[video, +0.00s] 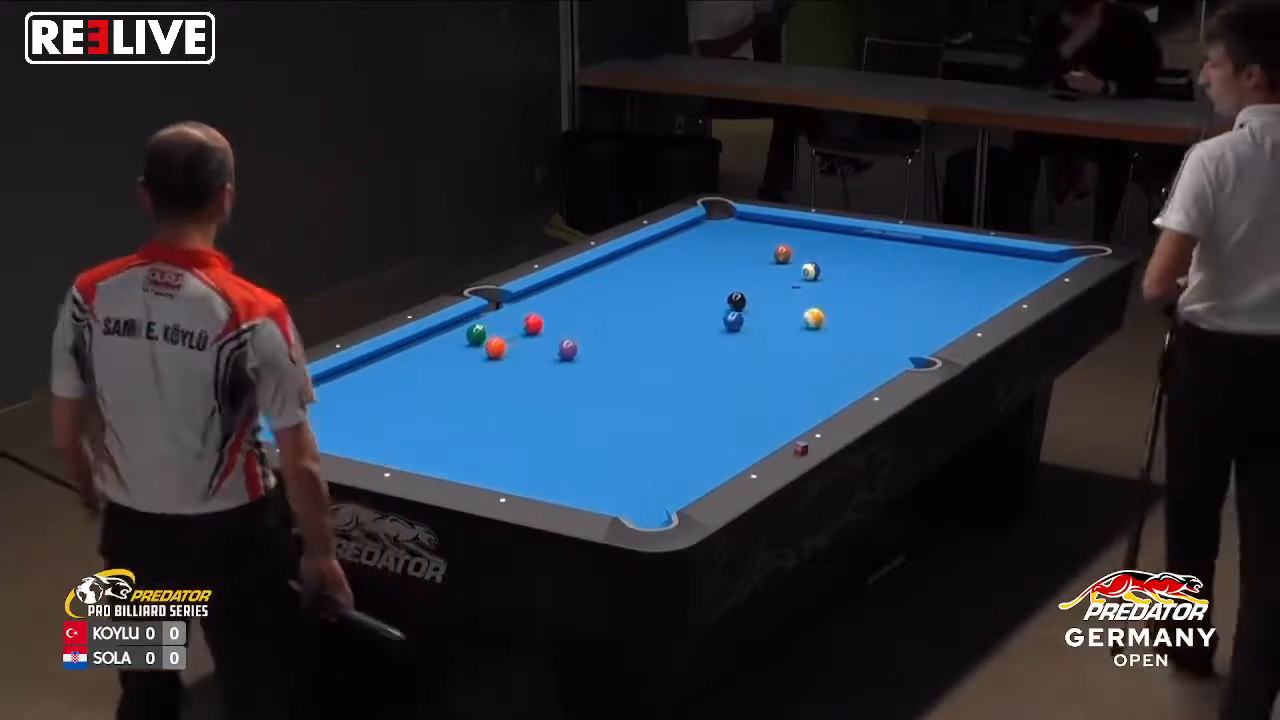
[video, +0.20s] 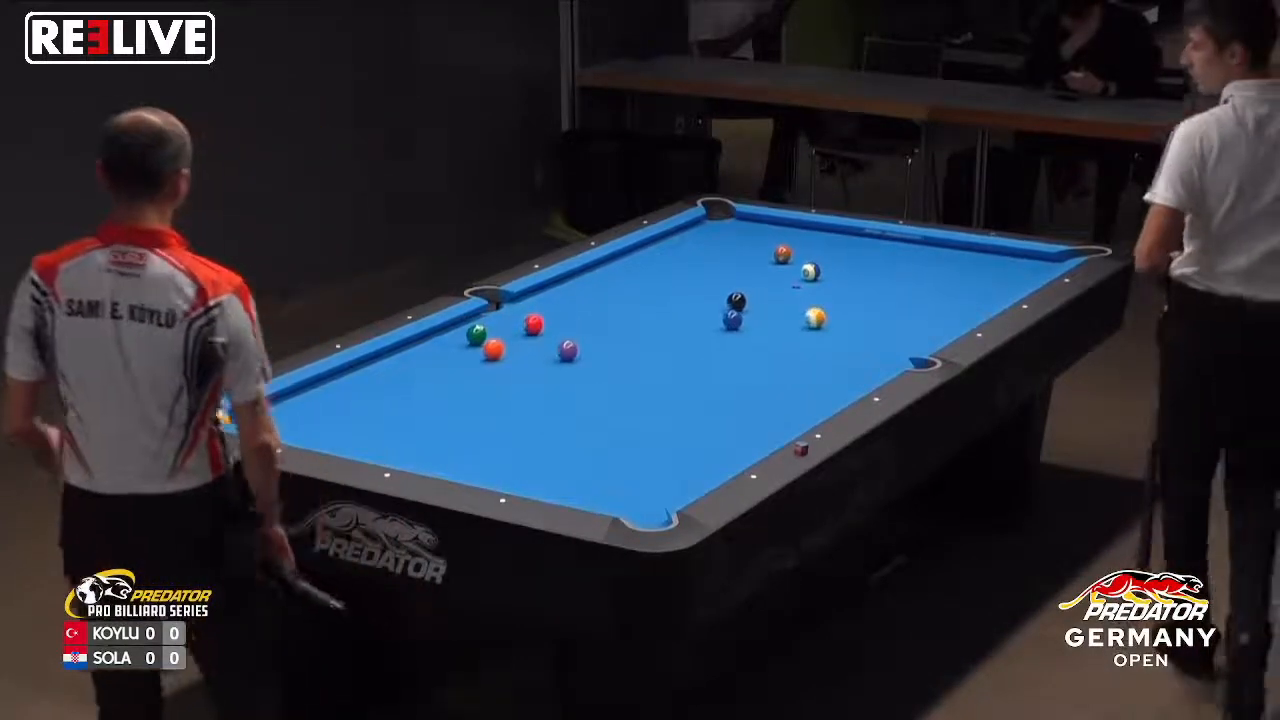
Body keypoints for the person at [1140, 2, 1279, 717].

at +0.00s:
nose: (1204, 78)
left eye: (1212, 65)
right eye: (1206, 64)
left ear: (1247, 71)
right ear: (1267, 71)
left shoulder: (1214, 159)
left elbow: (1159, 280)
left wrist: (1178, 295)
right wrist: (1185, 284)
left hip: (1215, 354)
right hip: (1277, 353)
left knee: (1194, 500)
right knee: (1273, 520)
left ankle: (1191, 648)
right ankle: (1261, 681)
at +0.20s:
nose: (1188, 58)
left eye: (1196, 47)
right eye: (1189, 45)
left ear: (1236, 53)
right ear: (1251, 53)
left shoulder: (1200, 134)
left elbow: (1149, 254)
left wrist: (1172, 259)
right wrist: (1184, 249)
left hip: (1205, 323)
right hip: (1274, 324)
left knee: (1185, 477)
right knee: (1257, 488)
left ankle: (1187, 634)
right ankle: (1250, 651)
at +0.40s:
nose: (1180, 39)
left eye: (1191, 27)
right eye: (1183, 26)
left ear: (1232, 37)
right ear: (1240, 37)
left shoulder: (1191, 113)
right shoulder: (1277, 101)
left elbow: (1145, 229)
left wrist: (1180, 234)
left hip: (1202, 296)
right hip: (1274, 298)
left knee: (1187, 453)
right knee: (1269, 457)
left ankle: (1191, 631)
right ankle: (1259, 612)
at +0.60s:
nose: (1186, 36)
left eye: (1197, 24)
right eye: (1188, 24)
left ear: (1237, 34)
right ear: (1243, 34)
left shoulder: (1199, 106)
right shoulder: (1279, 93)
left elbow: (1157, 220)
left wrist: (1190, 225)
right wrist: (1193, 215)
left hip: (1207, 281)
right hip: (1276, 281)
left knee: (1193, 442)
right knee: (1274, 431)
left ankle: (1197, 621)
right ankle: (1270, 562)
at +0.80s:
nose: (1197, 18)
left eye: (1207, 7)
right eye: (1199, 7)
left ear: (1244, 14)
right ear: (1260, 15)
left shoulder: (1219, 87)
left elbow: (1183, 202)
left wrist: (1168, 231)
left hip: (1228, 260)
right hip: (1279, 257)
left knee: (1206, 414)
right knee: (1275, 418)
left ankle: (1216, 557)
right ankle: (1269, 556)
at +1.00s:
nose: (1191, 8)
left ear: (1237, 5)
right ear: (1252, 7)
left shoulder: (1220, 70)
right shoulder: (1275, 55)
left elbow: (1196, 177)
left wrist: (1163, 214)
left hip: (1222, 236)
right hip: (1276, 231)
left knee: (1199, 376)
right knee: (1275, 390)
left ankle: (1210, 516)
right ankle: (1271, 539)